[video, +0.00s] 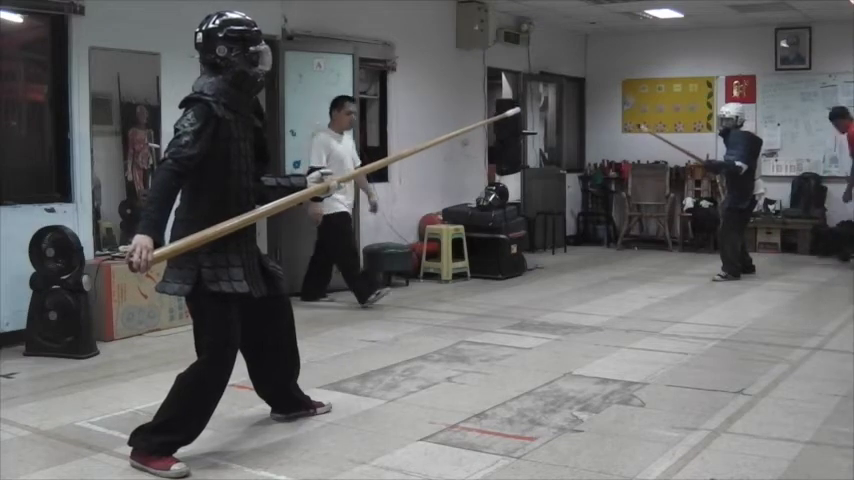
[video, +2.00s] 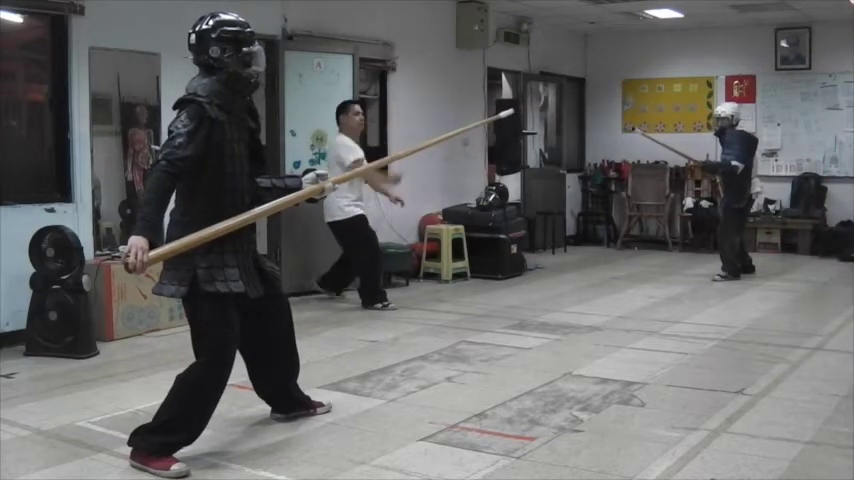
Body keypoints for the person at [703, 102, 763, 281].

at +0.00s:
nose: (722, 124)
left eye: (726, 120)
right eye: (721, 120)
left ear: (736, 121)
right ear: (722, 120)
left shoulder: (741, 138)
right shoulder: (733, 138)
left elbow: (738, 166)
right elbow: (732, 163)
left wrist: (711, 165)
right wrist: (713, 166)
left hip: (741, 194)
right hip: (738, 193)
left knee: (727, 230)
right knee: (733, 229)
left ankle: (731, 270)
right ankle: (745, 264)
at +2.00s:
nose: (718, 123)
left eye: (722, 119)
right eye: (717, 119)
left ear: (732, 120)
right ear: (718, 120)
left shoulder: (737, 137)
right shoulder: (728, 138)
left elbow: (734, 166)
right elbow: (728, 164)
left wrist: (705, 166)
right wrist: (705, 166)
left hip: (737, 193)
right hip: (734, 192)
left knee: (727, 230)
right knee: (732, 229)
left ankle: (731, 270)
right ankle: (744, 263)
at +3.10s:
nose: (681, 126)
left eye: (685, 121)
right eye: (680, 121)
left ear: (696, 121)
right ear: (680, 121)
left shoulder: (704, 140)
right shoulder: (690, 141)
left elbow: (697, 171)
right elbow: (691, 168)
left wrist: (668, 170)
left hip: (704, 200)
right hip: (693, 199)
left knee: (695, 236)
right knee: (681, 234)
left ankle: (700, 279)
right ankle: (689, 273)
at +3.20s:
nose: (679, 128)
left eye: (683, 123)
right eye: (677, 123)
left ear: (694, 123)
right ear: (675, 123)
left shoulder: (702, 142)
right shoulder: (685, 142)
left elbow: (694, 172)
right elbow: (686, 167)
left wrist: (666, 172)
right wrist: (667, 171)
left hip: (701, 199)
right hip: (689, 199)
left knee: (696, 236)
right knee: (682, 234)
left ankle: (694, 280)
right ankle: (691, 275)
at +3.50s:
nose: (672, 135)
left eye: (677, 130)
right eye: (670, 130)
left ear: (688, 130)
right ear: (666, 130)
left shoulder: (692, 148)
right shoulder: (679, 149)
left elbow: (686, 178)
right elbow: (679, 175)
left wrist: (656, 173)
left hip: (700, 206)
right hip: (690, 205)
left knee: (679, 237)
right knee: (676, 237)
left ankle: (690, 285)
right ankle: (694, 277)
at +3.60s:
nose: (672, 135)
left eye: (677, 131)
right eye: (670, 131)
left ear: (688, 131)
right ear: (666, 130)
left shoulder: (694, 149)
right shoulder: (678, 150)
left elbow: (688, 178)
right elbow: (681, 175)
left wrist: (663, 180)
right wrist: (665, 180)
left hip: (701, 206)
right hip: (689, 205)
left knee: (680, 238)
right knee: (675, 236)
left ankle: (690, 285)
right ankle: (695, 275)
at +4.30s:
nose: (674, 125)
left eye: (679, 121)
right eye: (673, 121)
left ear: (689, 121)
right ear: (671, 121)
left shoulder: (694, 141)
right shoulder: (682, 142)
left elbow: (692, 175)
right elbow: (684, 171)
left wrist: (660, 179)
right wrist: (663, 179)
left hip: (690, 197)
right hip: (681, 196)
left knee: (683, 236)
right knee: (677, 235)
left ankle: (692, 281)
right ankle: (686, 275)